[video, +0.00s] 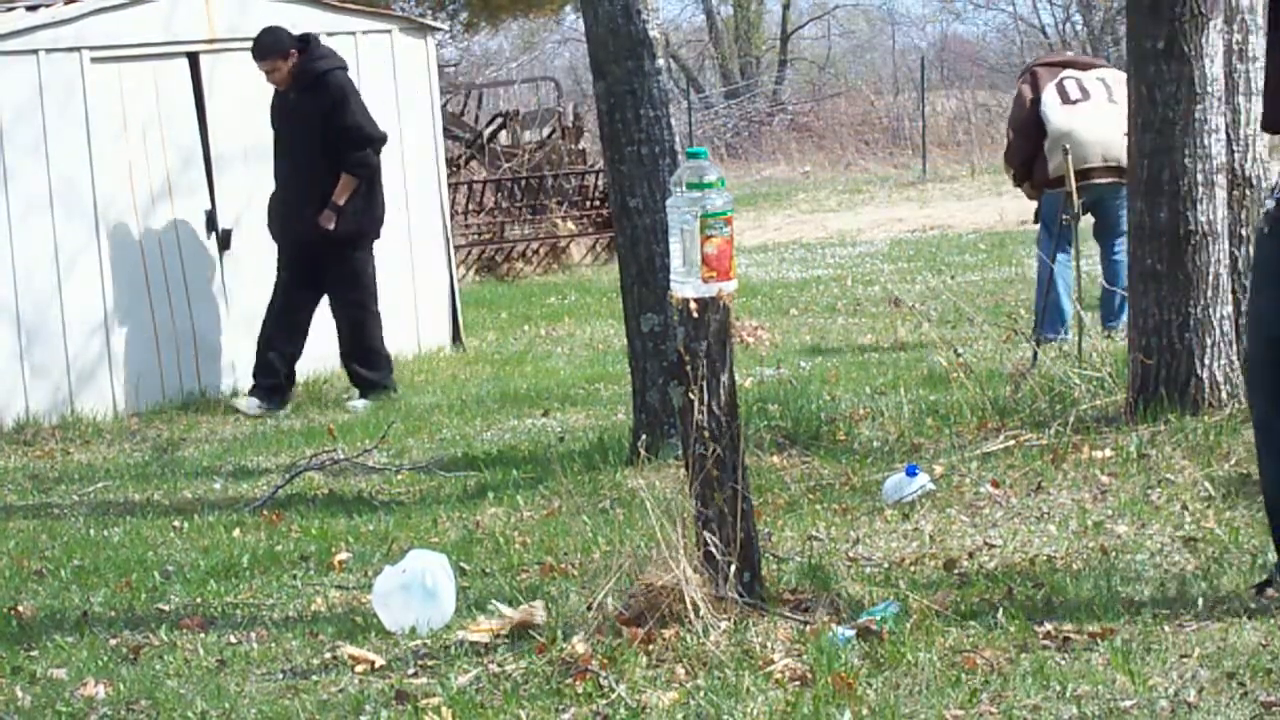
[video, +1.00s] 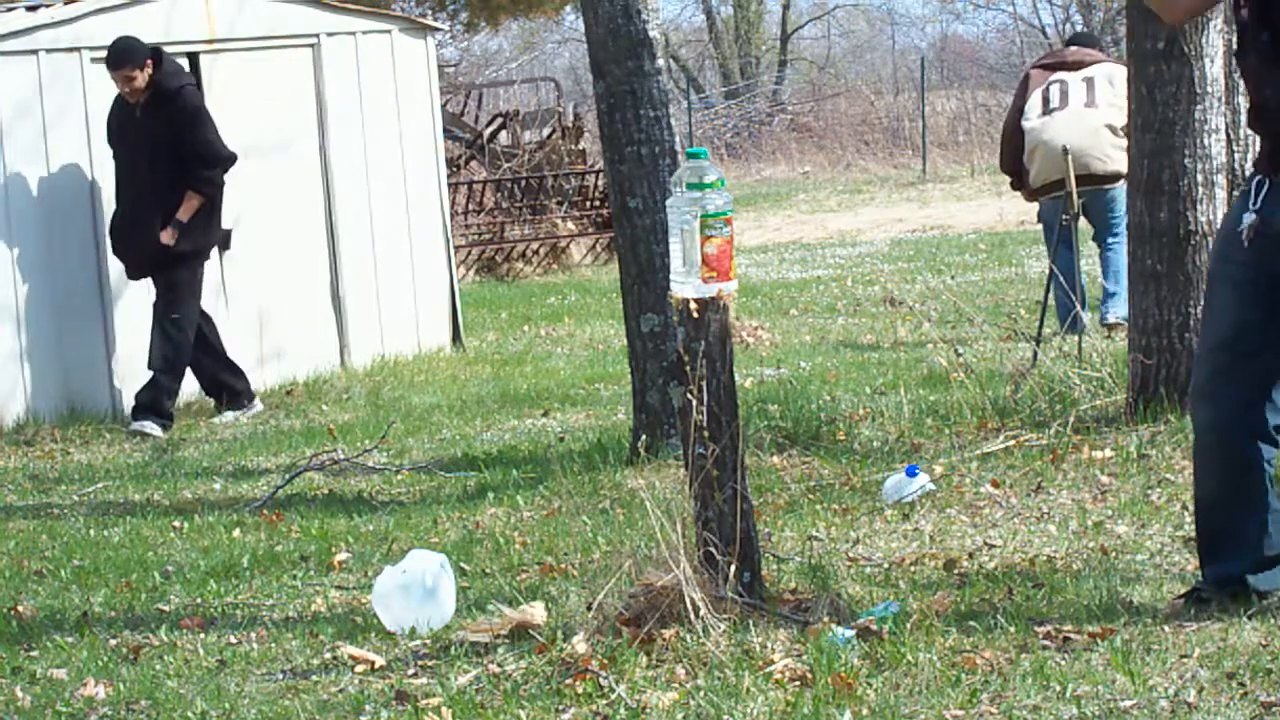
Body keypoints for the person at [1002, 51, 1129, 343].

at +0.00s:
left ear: (1043, 63)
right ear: (1082, 55)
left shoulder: (1034, 79)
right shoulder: (1115, 76)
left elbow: (1020, 134)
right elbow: (1136, 120)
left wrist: (1023, 177)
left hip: (1062, 173)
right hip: (1117, 167)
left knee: (1055, 248)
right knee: (1116, 243)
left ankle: (1053, 332)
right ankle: (1118, 324)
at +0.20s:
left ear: (1055, 62)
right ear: (1093, 56)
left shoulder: (1045, 81)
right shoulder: (1121, 76)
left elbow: (1025, 133)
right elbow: (1140, 120)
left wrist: (1028, 170)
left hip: (1066, 175)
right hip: (1121, 170)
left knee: (1056, 242)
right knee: (1119, 241)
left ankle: (1058, 320)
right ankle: (1118, 321)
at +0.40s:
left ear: (1061, 61)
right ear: (1099, 56)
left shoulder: (1048, 84)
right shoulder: (1123, 78)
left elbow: (1026, 140)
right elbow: (1142, 123)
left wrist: (1035, 173)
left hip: (1067, 177)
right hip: (1120, 173)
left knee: (1063, 245)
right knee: (1120, 244)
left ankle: (1064, 322)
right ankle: (1118, 321)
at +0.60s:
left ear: (1079, 49)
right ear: (1114, 53)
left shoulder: (1050, 78)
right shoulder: (1128, 75)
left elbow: (1028, 136)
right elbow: (1144, 124)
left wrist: (1037, 173)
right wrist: (1142, 167)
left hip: (1067, 177)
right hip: (1118, 173)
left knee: (1065, 250)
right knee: (1118, 245)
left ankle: (1064, 324)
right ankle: (1117, 323)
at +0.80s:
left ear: (1073, 48)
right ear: (1111, 50)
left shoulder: (1046, 73)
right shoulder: (1125, 71)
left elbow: (1023, 129)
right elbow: (1143, 122)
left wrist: (1031, 178)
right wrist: (1143, 169)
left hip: (1058, 178)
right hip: (1113, 174)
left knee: (1065, 251)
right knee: (1116, 247)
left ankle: (1072, 323)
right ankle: (1117, 323)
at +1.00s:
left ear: (1063, 49)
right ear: (1101, 50)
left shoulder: (1034, 75)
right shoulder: (1119, 72)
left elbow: (1012, 130)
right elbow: (1137, 122)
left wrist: (1020, 179)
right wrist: (1137, 167)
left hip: (1047, 173)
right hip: (1106, 167)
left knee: (1060, 246)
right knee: (1113, 238)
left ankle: (1071, 322)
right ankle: (1115, 313)